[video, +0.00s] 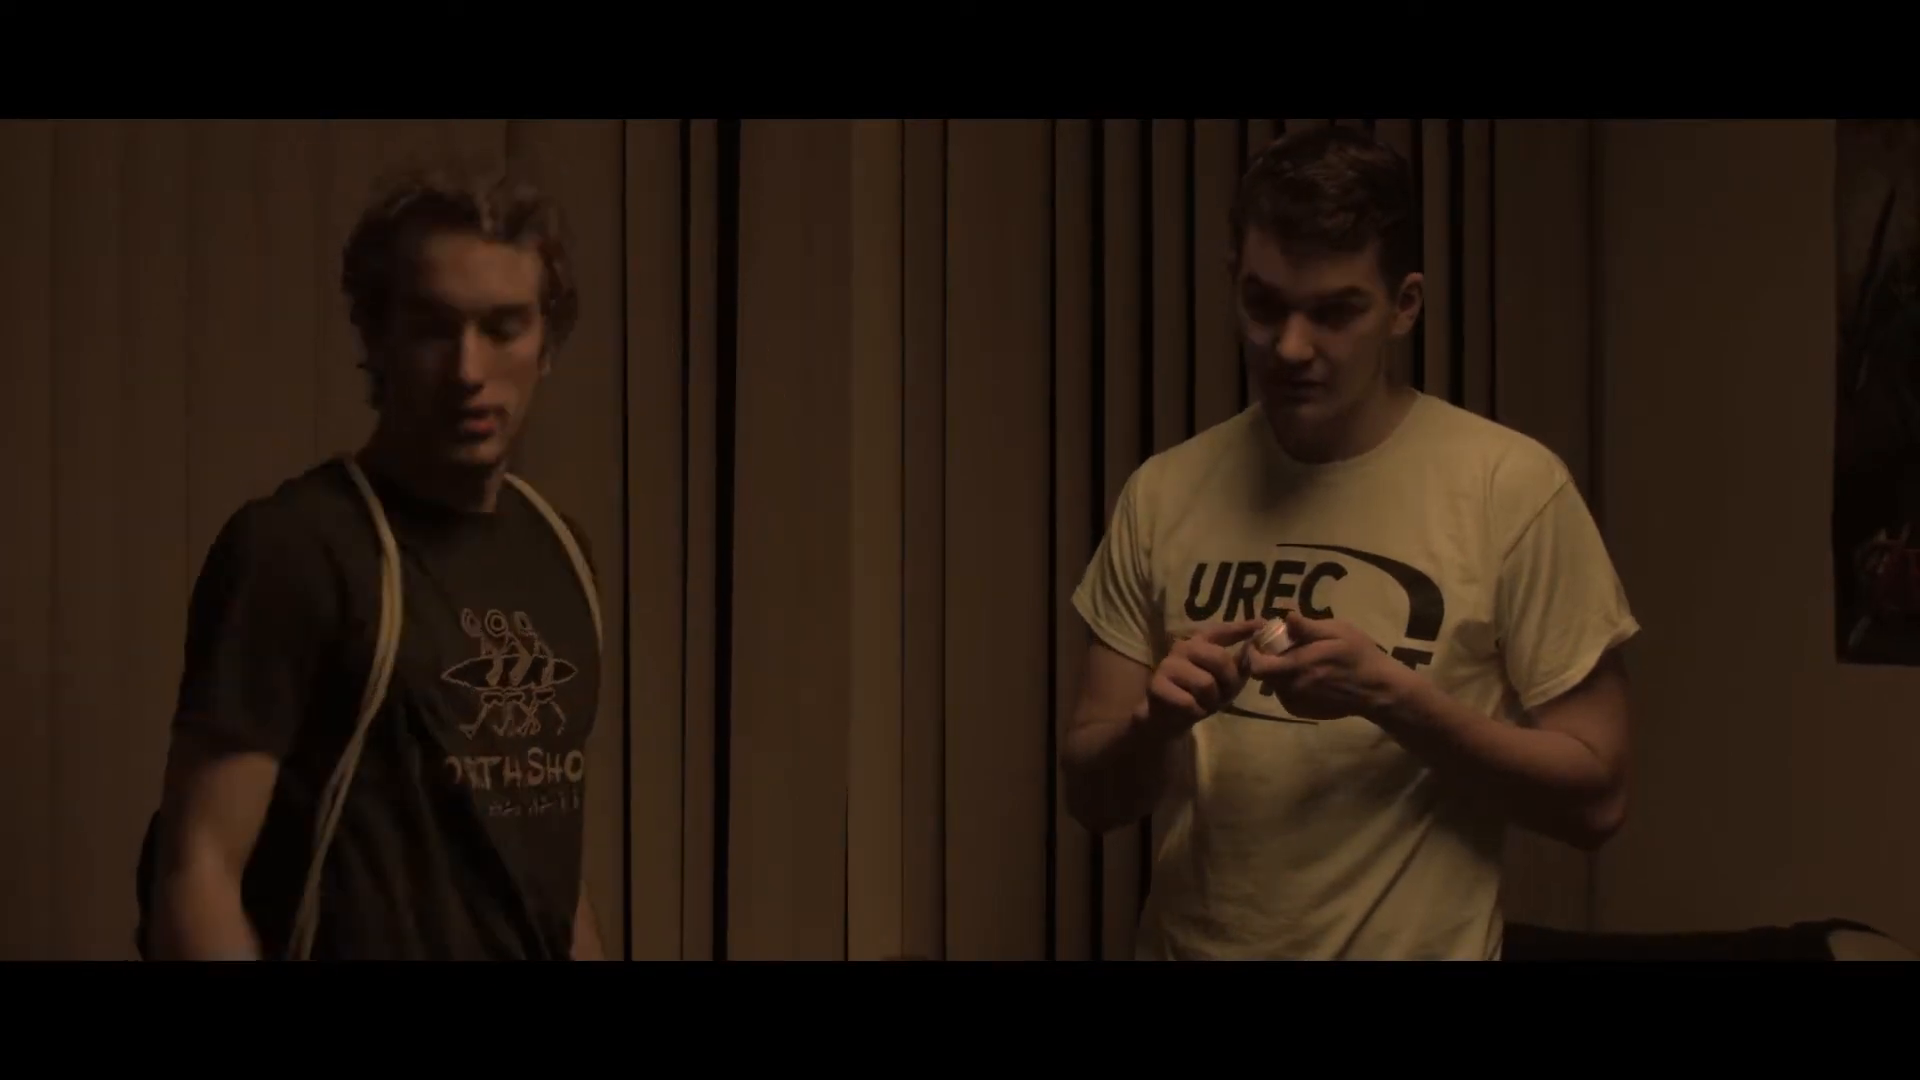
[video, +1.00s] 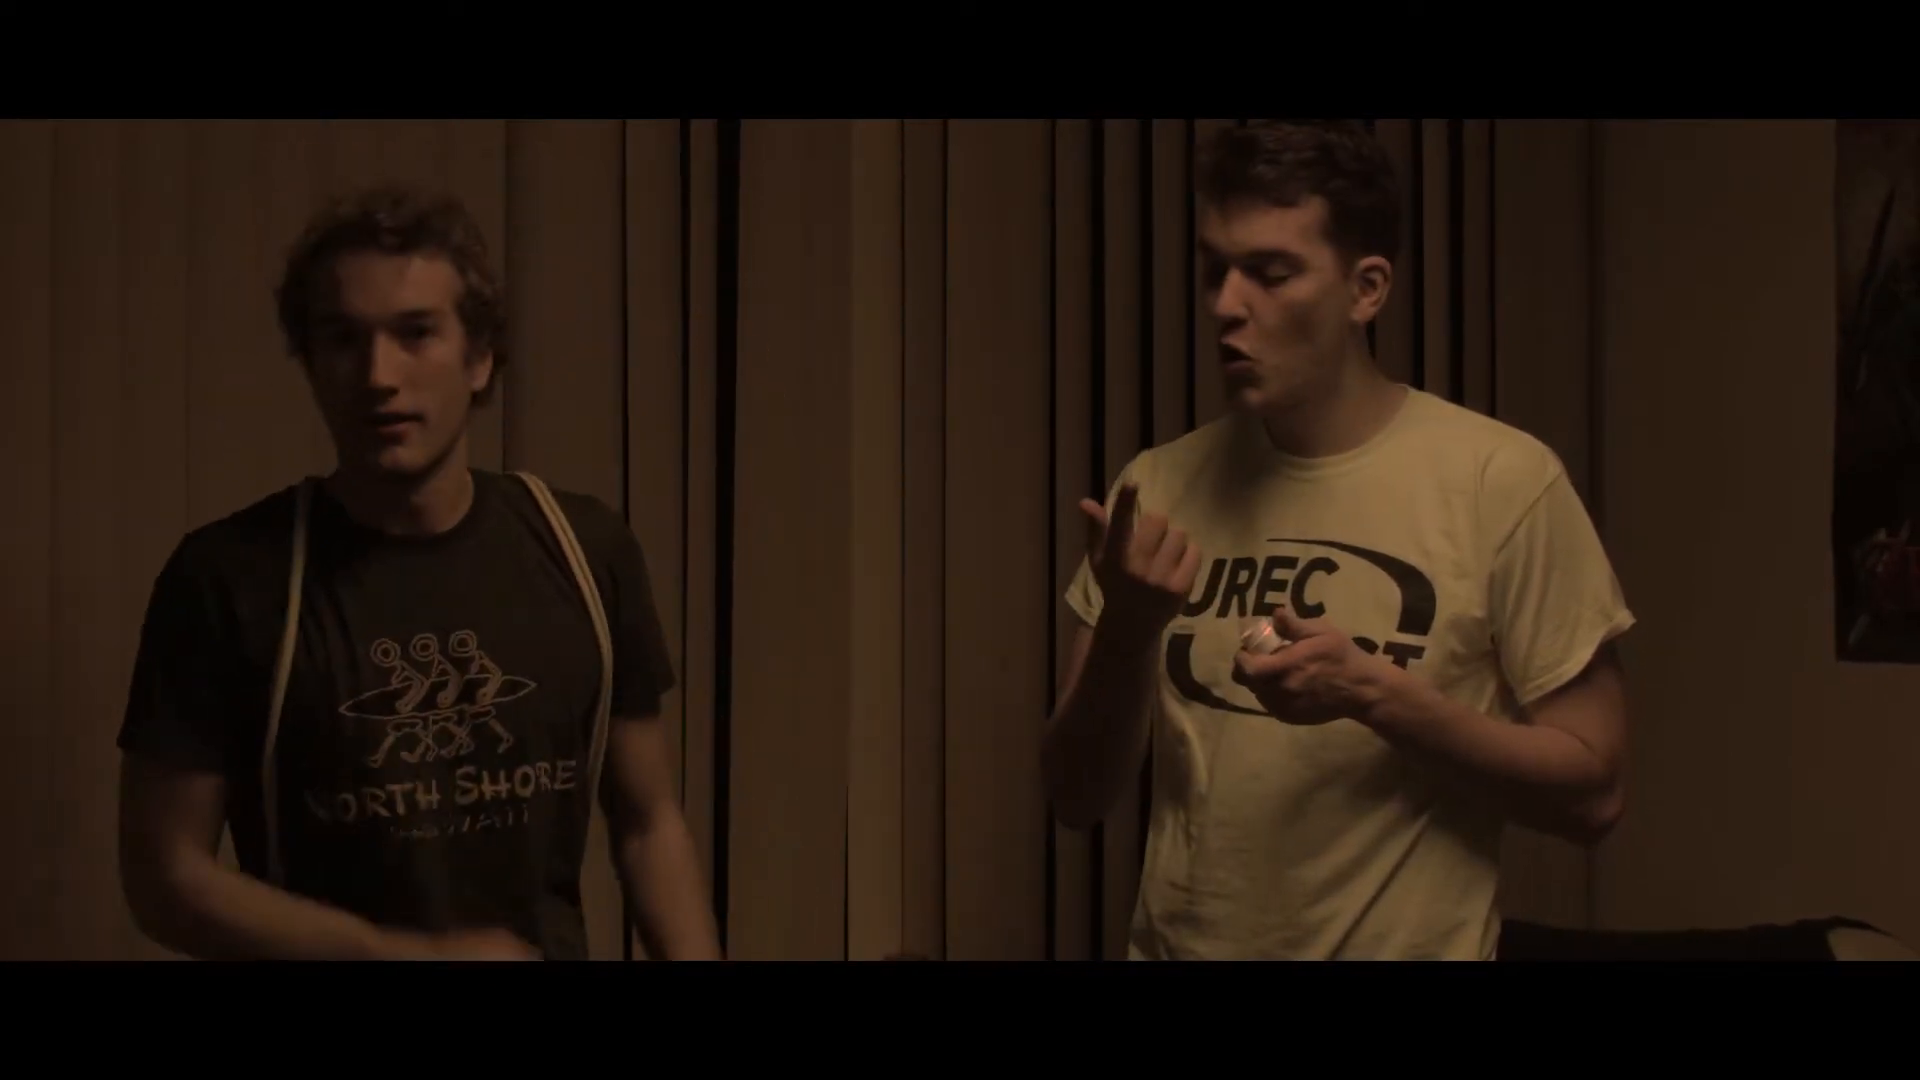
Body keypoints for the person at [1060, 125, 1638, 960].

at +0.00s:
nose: (1292, 349)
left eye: (1334, 313)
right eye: (1266, 307)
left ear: (1404, 305)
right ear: (1239, 292)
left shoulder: (1513, 491)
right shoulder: (1162, 496)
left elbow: (1595, 798)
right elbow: (1089, 798)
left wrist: (1395, 693)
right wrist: (1154, 724)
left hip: (1418, 945)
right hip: (1194, 942)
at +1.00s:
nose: (1224, 307)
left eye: (1270, 272)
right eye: (1216, 271)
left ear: (1366, 289)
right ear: (1201, 273)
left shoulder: (1505, 486)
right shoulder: (1157, 486)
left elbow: (1592, 791)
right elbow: (1076, 799)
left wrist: (1376, 691)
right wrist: (1126, 630)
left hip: (1406, 946)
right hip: (1179, 941)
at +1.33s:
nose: (1222, 309)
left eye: (1265, 272)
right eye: (1210, 275)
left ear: (1359, 287)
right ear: (1195, 283)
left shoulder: (1505, 486)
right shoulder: (1161, 477)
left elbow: (1593, 791)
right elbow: (1044, 758)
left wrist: (1380, 694)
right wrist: (1156, 541)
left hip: (1407, 946)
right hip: (1174, 942)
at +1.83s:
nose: (1235, 332)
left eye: (1279, 294)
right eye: (1218, 297)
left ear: (1368, 308)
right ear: (1200, 306)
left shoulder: (1507, 510)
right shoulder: (1154, 497)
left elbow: (1593, 817)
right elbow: (1038, 772)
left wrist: (1385, 718)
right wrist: (1162, 552)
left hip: (1411, 950)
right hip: (1173, 944)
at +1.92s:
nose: (1239, 339)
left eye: (1282, 301)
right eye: (1219, 304)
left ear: (1370, 314)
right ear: (1201, 314)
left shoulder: (1507, 516)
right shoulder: (1153, 506)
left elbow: (1594, 821)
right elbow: (1037, 778)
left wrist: (1385, 724)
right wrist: (1162, 558)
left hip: (1411, 949)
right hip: (1173, 944)